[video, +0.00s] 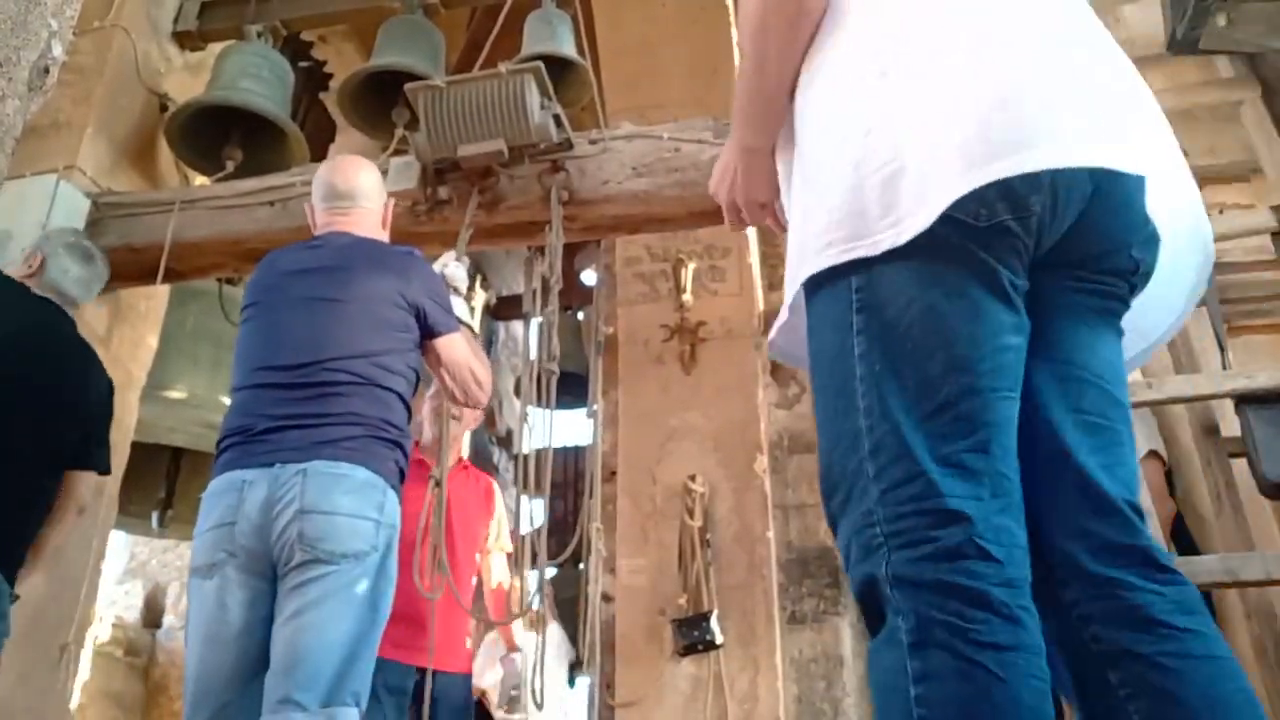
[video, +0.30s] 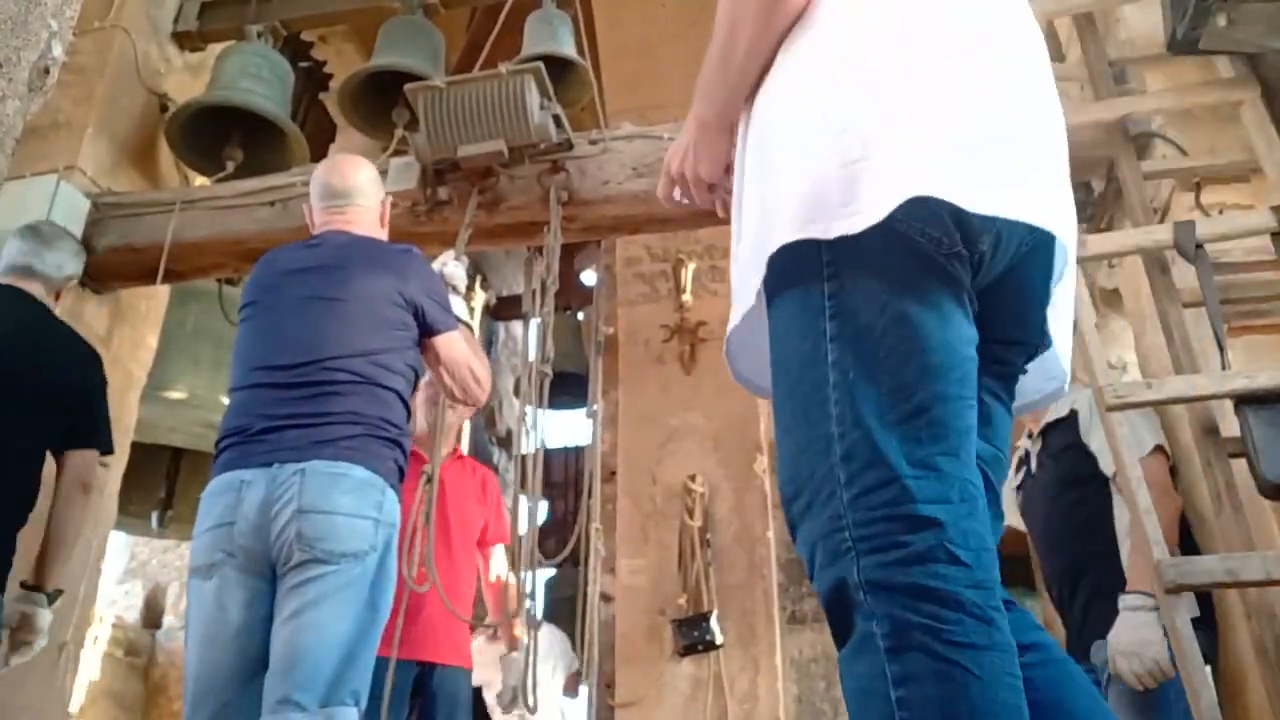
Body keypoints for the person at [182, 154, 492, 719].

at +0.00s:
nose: (392, 214)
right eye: (392, 208)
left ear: (312, 217)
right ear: (387, 212)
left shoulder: (266, 271)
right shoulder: (407, 269)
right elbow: (474, 386)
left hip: (232, 489)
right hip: (346, 488)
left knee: (214, 709)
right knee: (308, 708)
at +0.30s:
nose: (390, 215)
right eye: (390, 208)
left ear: (310, 218)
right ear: (385, 211)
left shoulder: (265, 270)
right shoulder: (405, 266)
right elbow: (472, 386)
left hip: (230, 489)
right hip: (345, 485)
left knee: (214, 709)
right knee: (309, 708)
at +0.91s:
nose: (413, 223)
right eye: (413, 217)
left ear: (332, 209)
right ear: (407, 219)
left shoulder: (276, 265)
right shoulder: (417, 264)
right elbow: (480, 386)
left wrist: (430, 369)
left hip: (233, 489)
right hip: (347, 488)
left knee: (217, 709)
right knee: (310, 707)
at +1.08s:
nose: (423, 232)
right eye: (424, 223)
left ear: (347, 207)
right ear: (420, 221)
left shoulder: (281, 265)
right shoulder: (421, 265)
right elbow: (489, 385)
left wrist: (432, 369)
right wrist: (438, 328)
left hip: (235, 489)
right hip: (348, 488)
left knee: (217, 709)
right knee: (309, 706)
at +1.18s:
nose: (419, 226)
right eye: (421, 219)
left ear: (341, 209)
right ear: (415, 220)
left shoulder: (278, 267)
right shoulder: (423, 267)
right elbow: (489, 390)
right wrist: (454, 339)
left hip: (239, 487)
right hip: (354, 487)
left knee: (217, 707)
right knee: (313, 706)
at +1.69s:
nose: (411, 217)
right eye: (412, 211)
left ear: (330, 215)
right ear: (406, 214)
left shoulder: (277, 271)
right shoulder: (424, 269)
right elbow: (481, 399)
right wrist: (443, 340)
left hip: (241, 487)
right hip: (354, 487)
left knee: (218, 708)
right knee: (313, 708)